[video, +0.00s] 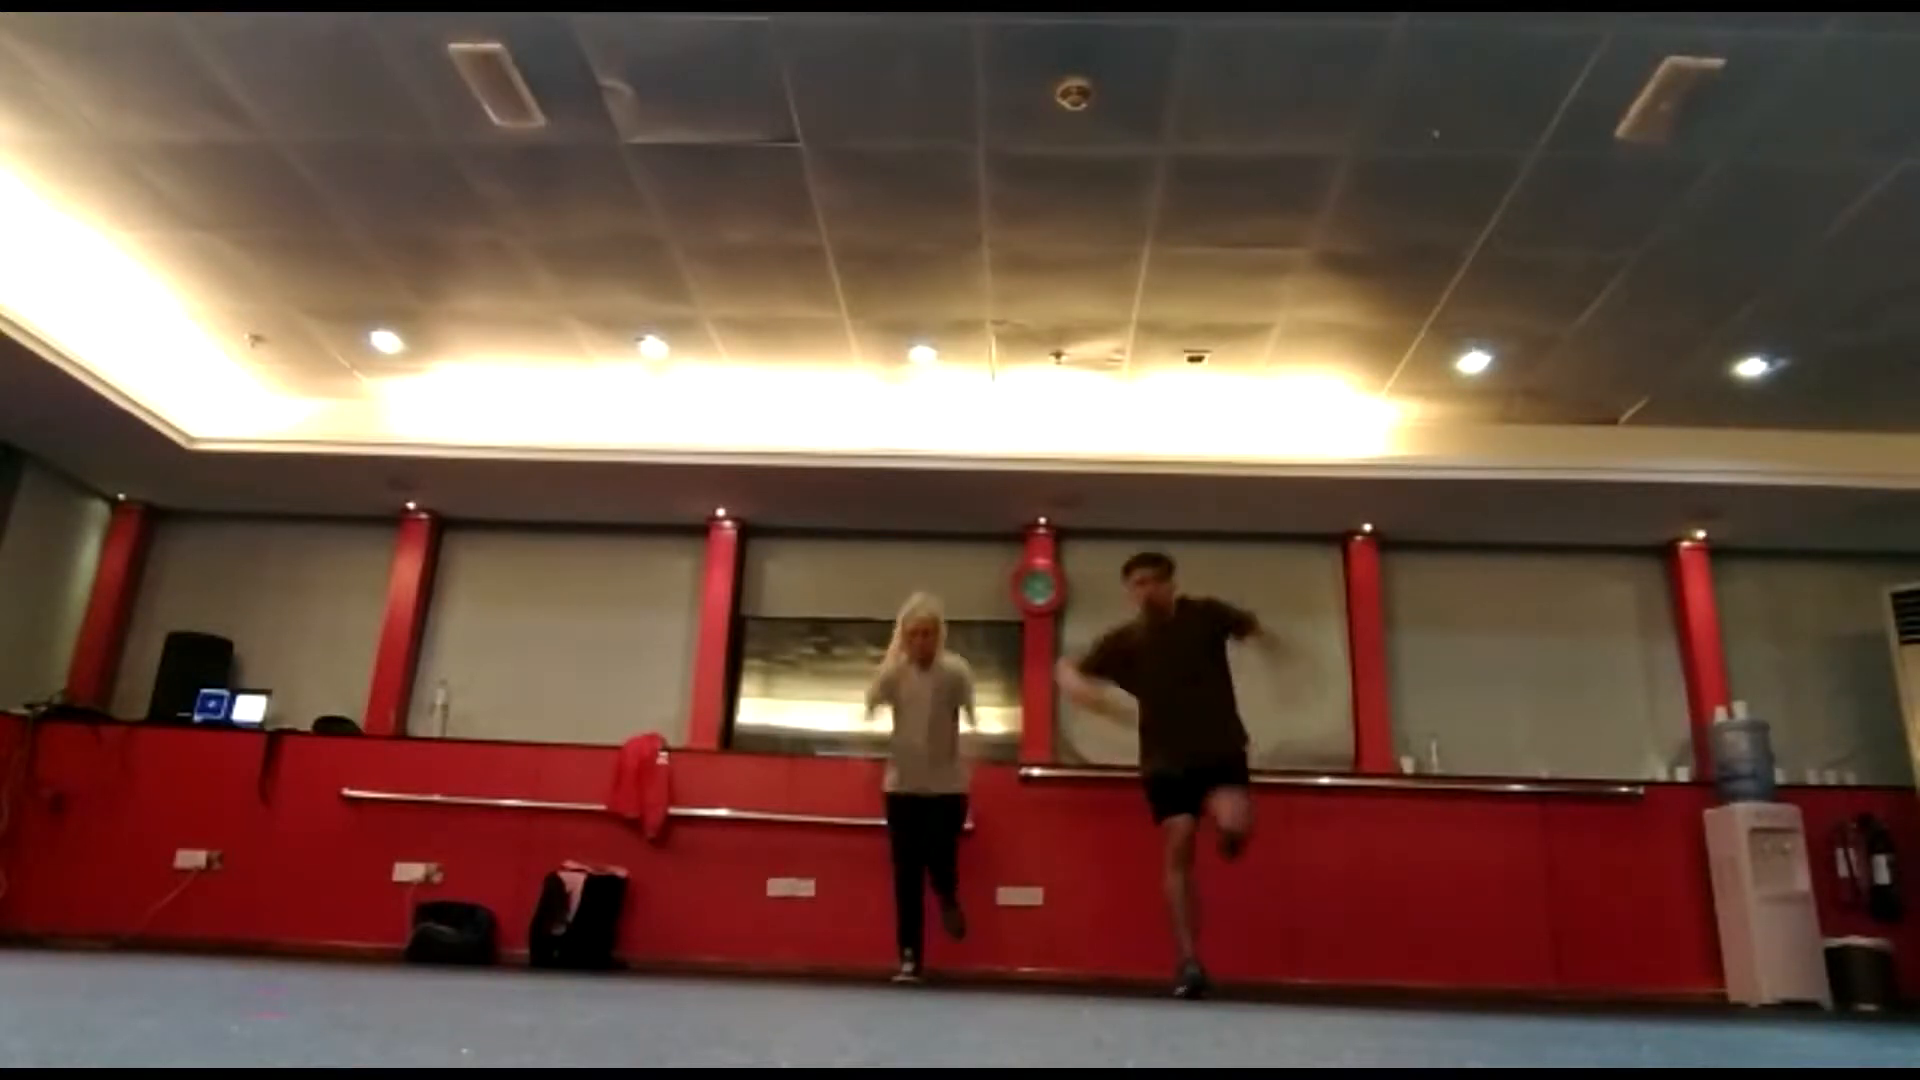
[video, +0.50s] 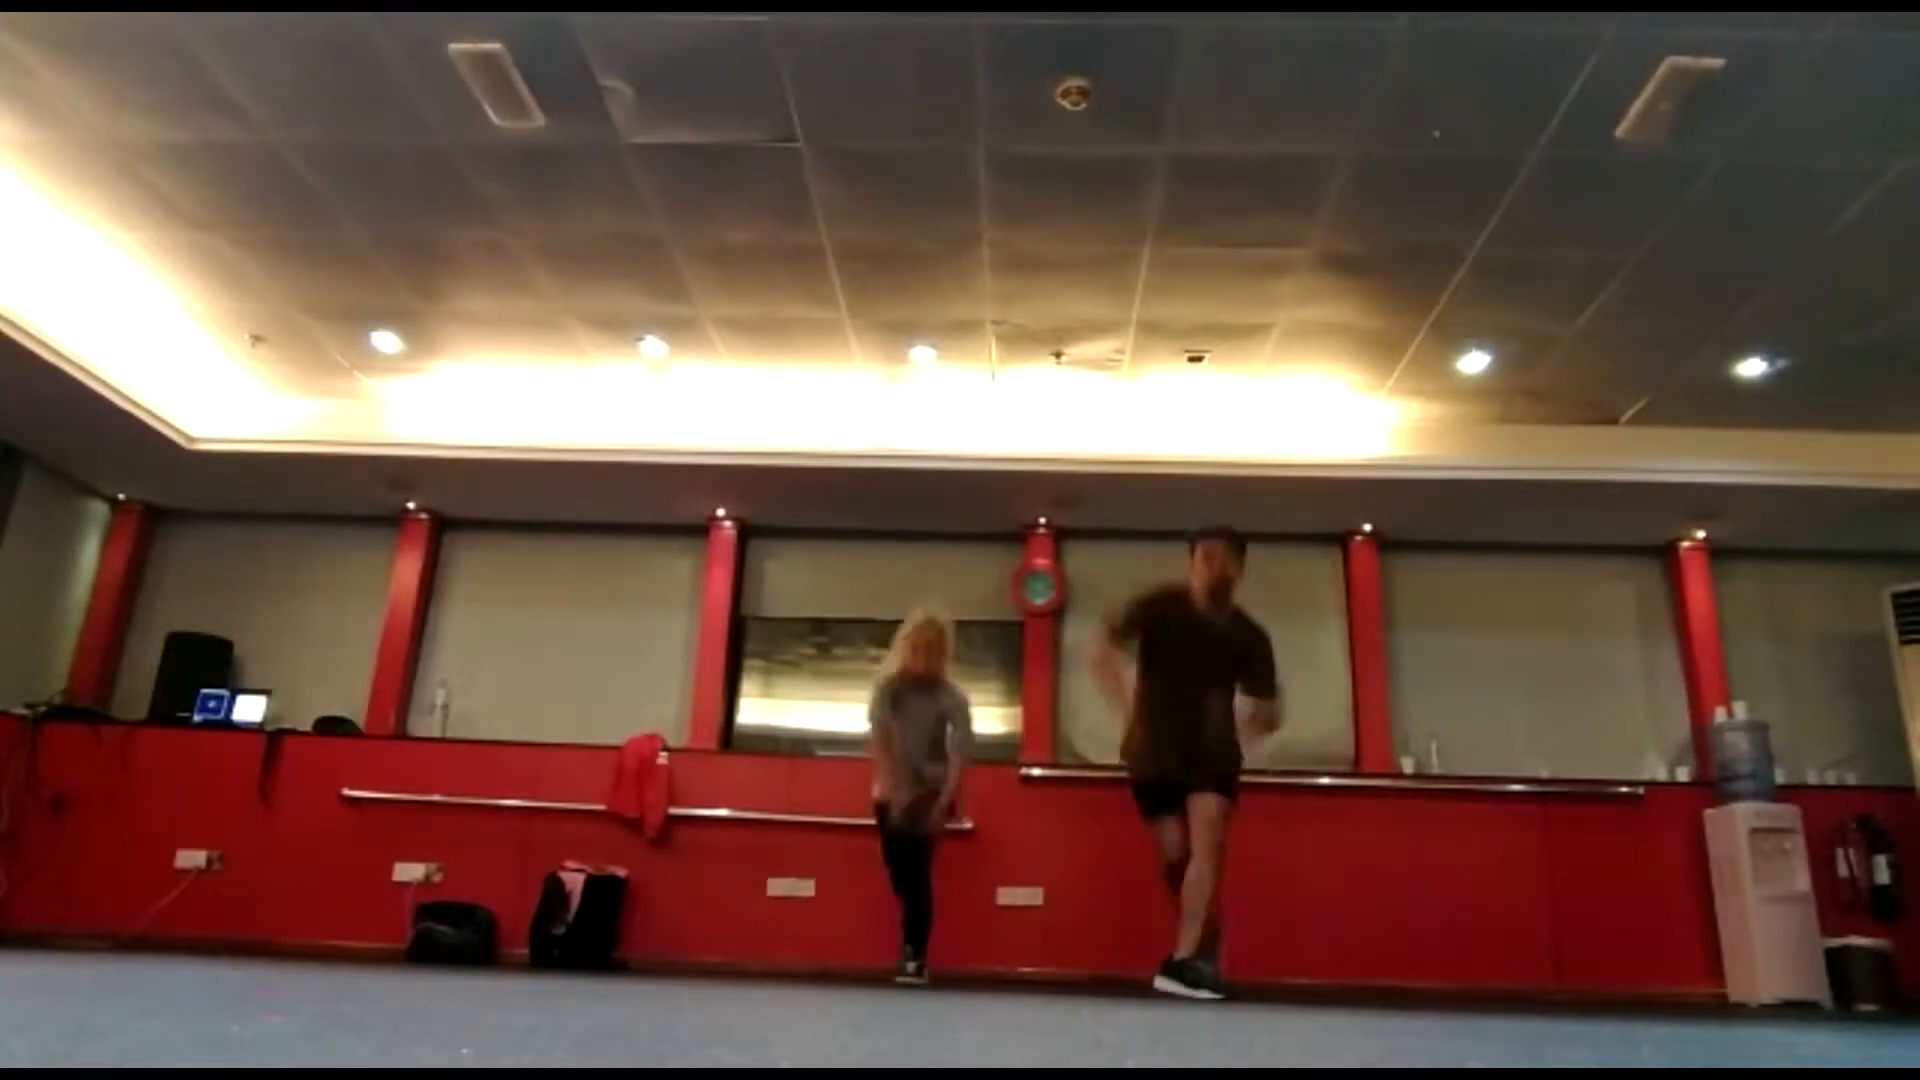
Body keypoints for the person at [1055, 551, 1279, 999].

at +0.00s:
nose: (1147, 592)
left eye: (1153, 581)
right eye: (1138, 584)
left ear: (1171, 582)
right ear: (1128, 591)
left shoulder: (1206, 615)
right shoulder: (1126, 640)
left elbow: (1256, 630)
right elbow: (1070, 676)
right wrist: (1104, 701)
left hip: (1218, 742)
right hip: (1166, 751)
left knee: (1234, 821)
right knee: (1179, 845)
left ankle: (1232, 834)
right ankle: (1188, 960)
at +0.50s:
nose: (1209, 568)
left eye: (1220, 559)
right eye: (1204, 557)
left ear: (1238, 569)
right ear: (1190, 562)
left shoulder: (1248, 636)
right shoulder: (1159, 607)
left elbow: (1265, 714)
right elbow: (1102, 652)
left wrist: (1230, 734)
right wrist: (1130, 705)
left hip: (1212, 745)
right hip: (1154, 740)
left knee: (1207, 842)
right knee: (1173, 852)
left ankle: (1185, 955)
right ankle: (1199, 938)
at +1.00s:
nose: (1207, 559)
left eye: (1217, 552)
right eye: (1199, 549)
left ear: (1227, 565)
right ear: (1179, 557)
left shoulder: (1241, 610)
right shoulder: (1146, 621)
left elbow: (1244, 681)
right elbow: (1126, 696)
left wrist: (1248, 749)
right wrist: (1119, 753)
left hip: (1222, 752)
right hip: (1157, 752)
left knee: (1284, 844)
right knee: (1113, 841)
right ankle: (1060, 950)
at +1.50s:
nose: (1170, 538)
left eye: (1180, 527)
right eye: (1160, 529)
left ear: (1198, 536)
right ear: (1146, 540)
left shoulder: (1239, 599)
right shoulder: (1136, 613)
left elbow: (1292, 667)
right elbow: (1102, 683)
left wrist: (1328, 738)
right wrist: (1068, 747)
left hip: (1245, 735)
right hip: (1171, 737)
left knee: (1279, 834)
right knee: (1117, 828)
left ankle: (1372, 953)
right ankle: (1072, 944)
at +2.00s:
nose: (1187, 452)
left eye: (1195, 443)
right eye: (1177, 445)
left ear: (1211, 452)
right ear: (1165, 457)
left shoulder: (1238, 489)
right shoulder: (1156, 517)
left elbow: (1283, 424)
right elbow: (1156, 579)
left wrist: (1231, 402)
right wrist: (1204, 521)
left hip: (1239, 640)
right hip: (1177, 633)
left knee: (1268, 726)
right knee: (1119, 676)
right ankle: (1118, 765)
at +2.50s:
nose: (1265, 582)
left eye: (1277, 576)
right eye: (1256, 572)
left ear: (1290, 595)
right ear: (1237, 581)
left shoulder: (1285, 671)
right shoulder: (1193, 613)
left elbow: (1337, 740)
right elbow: (1122, 575)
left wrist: (1407, 746)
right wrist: (1094, 516)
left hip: (1240, 781)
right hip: (1164, 769)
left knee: (1324, 846)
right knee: (1121, 847)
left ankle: (1330, 974)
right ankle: (1088, 961)